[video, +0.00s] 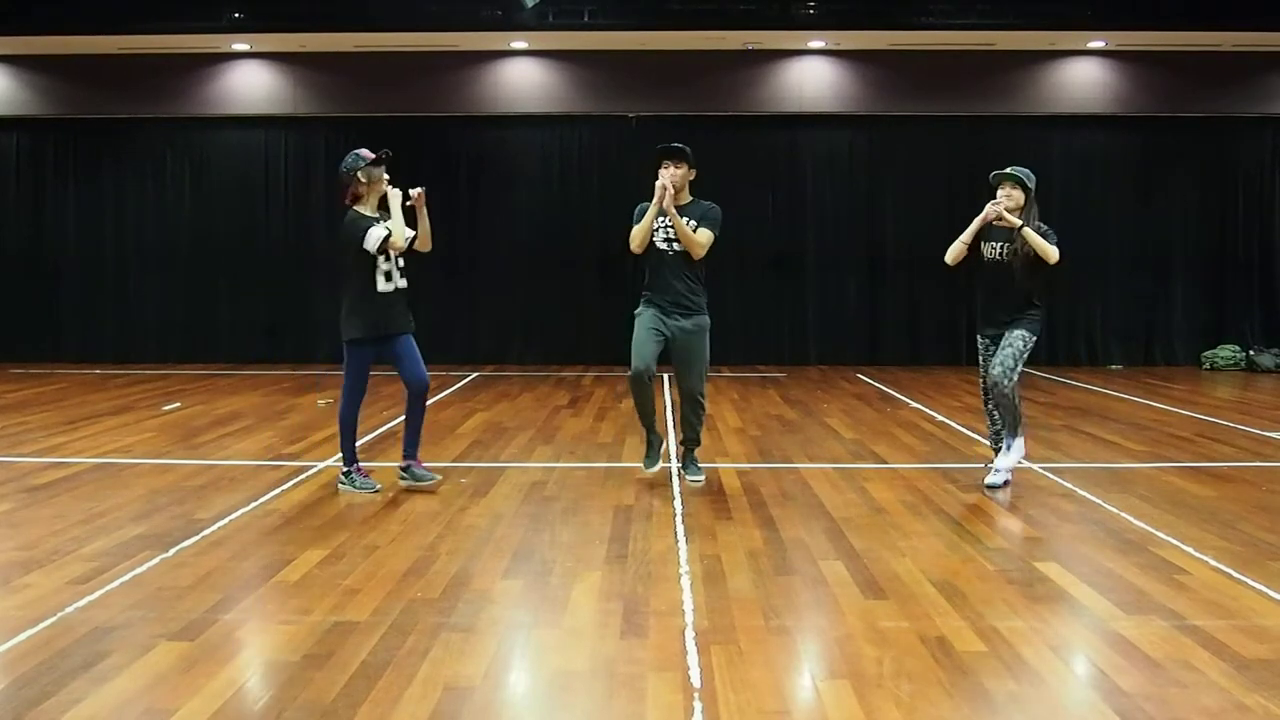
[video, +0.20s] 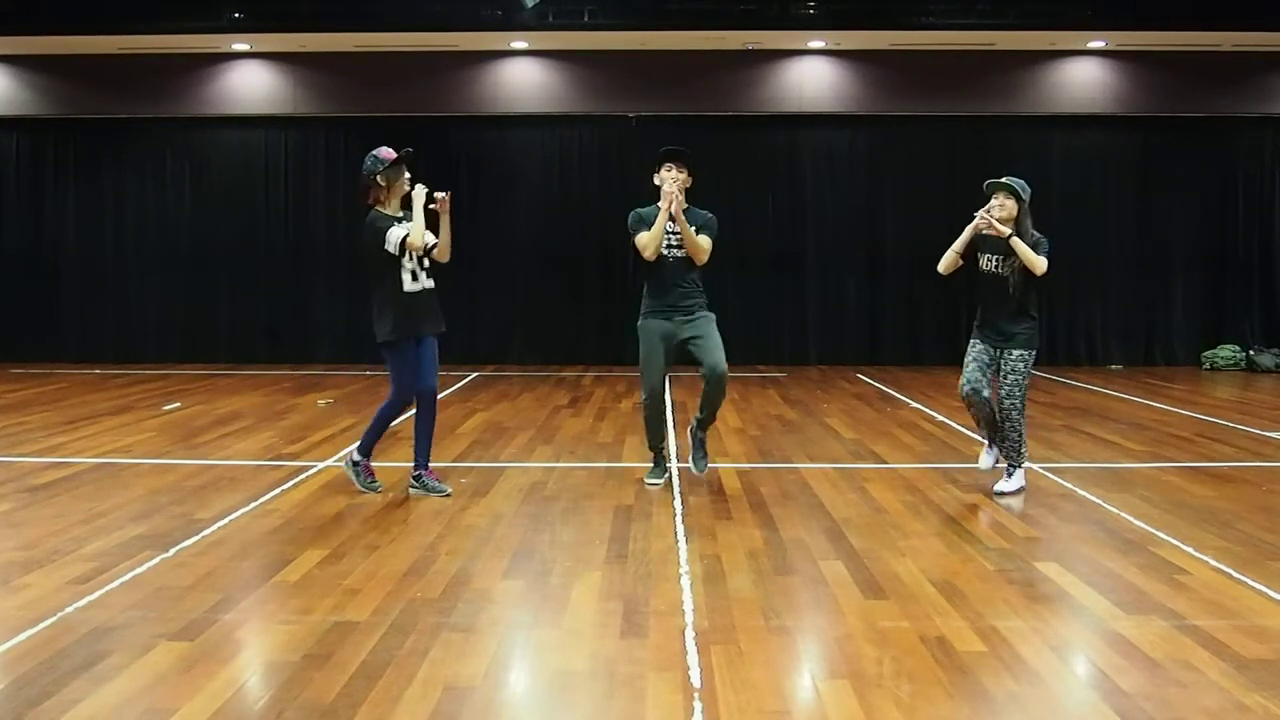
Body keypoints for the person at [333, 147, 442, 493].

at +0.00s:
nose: (386, 173)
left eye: (383, 168)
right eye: (378, 169)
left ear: (372, 179)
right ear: (361, 179)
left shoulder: (388, 216)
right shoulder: (355, 221)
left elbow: (424, 245)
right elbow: (397, 243)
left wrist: (421, 210)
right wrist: (394, 205)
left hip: (394, 318)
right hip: (359, 321)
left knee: (419, 383)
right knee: (354, 394)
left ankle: (410, 463)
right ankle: (349, 469)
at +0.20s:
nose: (407, 174)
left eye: (405, 169)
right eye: (398, 171)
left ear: (396, 179)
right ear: (381, 181)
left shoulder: (410, 217)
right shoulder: (376, 222)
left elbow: (442, 254)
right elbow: (417, 242)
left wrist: (444, 216)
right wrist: (417, 204)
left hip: (424, 317)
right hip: (394, 320)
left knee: (429, 391)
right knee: (403, 394)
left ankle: (421, 472)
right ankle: (359, 457)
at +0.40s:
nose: (422, 170)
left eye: (421, 165)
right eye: (412, 168)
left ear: (427, 173)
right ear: (397, 182)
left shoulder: (444, 213)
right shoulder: (397, 219)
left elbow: (485, 228)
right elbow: (427, 232)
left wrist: (469, 190)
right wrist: (433, 192)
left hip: (447, 312)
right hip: (418, 314)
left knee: (431, 392)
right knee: (450, 387)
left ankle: (422, 470)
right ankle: (424, 463)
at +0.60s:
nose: (450, 184)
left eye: (449, 178)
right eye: (442, 181)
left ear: (449, 182)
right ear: (425, 189)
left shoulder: (461, 219)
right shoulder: (420, 228)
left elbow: (495, 249)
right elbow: (453, 246)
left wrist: (492, 206)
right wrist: (461, 205)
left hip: (469, 315)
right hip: (447, 317)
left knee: (457, 397)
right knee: (469, 395)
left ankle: (425, 470)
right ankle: (460, 480)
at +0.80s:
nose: (478, 172)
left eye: (474, 167)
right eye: (469, 168)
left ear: (465, 179)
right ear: (453, 180)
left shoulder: (480, 221)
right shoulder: (456, 220)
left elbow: (525, 239)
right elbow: (503, 229)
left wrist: (519, 198)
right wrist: (497, 193)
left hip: (501, 318)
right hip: (477, 321)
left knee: (522, 395)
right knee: (478, 401)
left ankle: (482, 461)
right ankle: (459, 481)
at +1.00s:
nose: (515, 180)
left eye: (513, 173)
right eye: (508, 175)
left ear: (495, 182)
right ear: (489, 182)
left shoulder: (503, 220)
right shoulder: (486, 222)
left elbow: (541, 255)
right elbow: (539, 250)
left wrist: (545, 215)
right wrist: (534, 208)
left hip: (531, 321)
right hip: (508, 323)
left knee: (546, 395)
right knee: (505, 403)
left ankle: (533, 477)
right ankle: (465, 476)